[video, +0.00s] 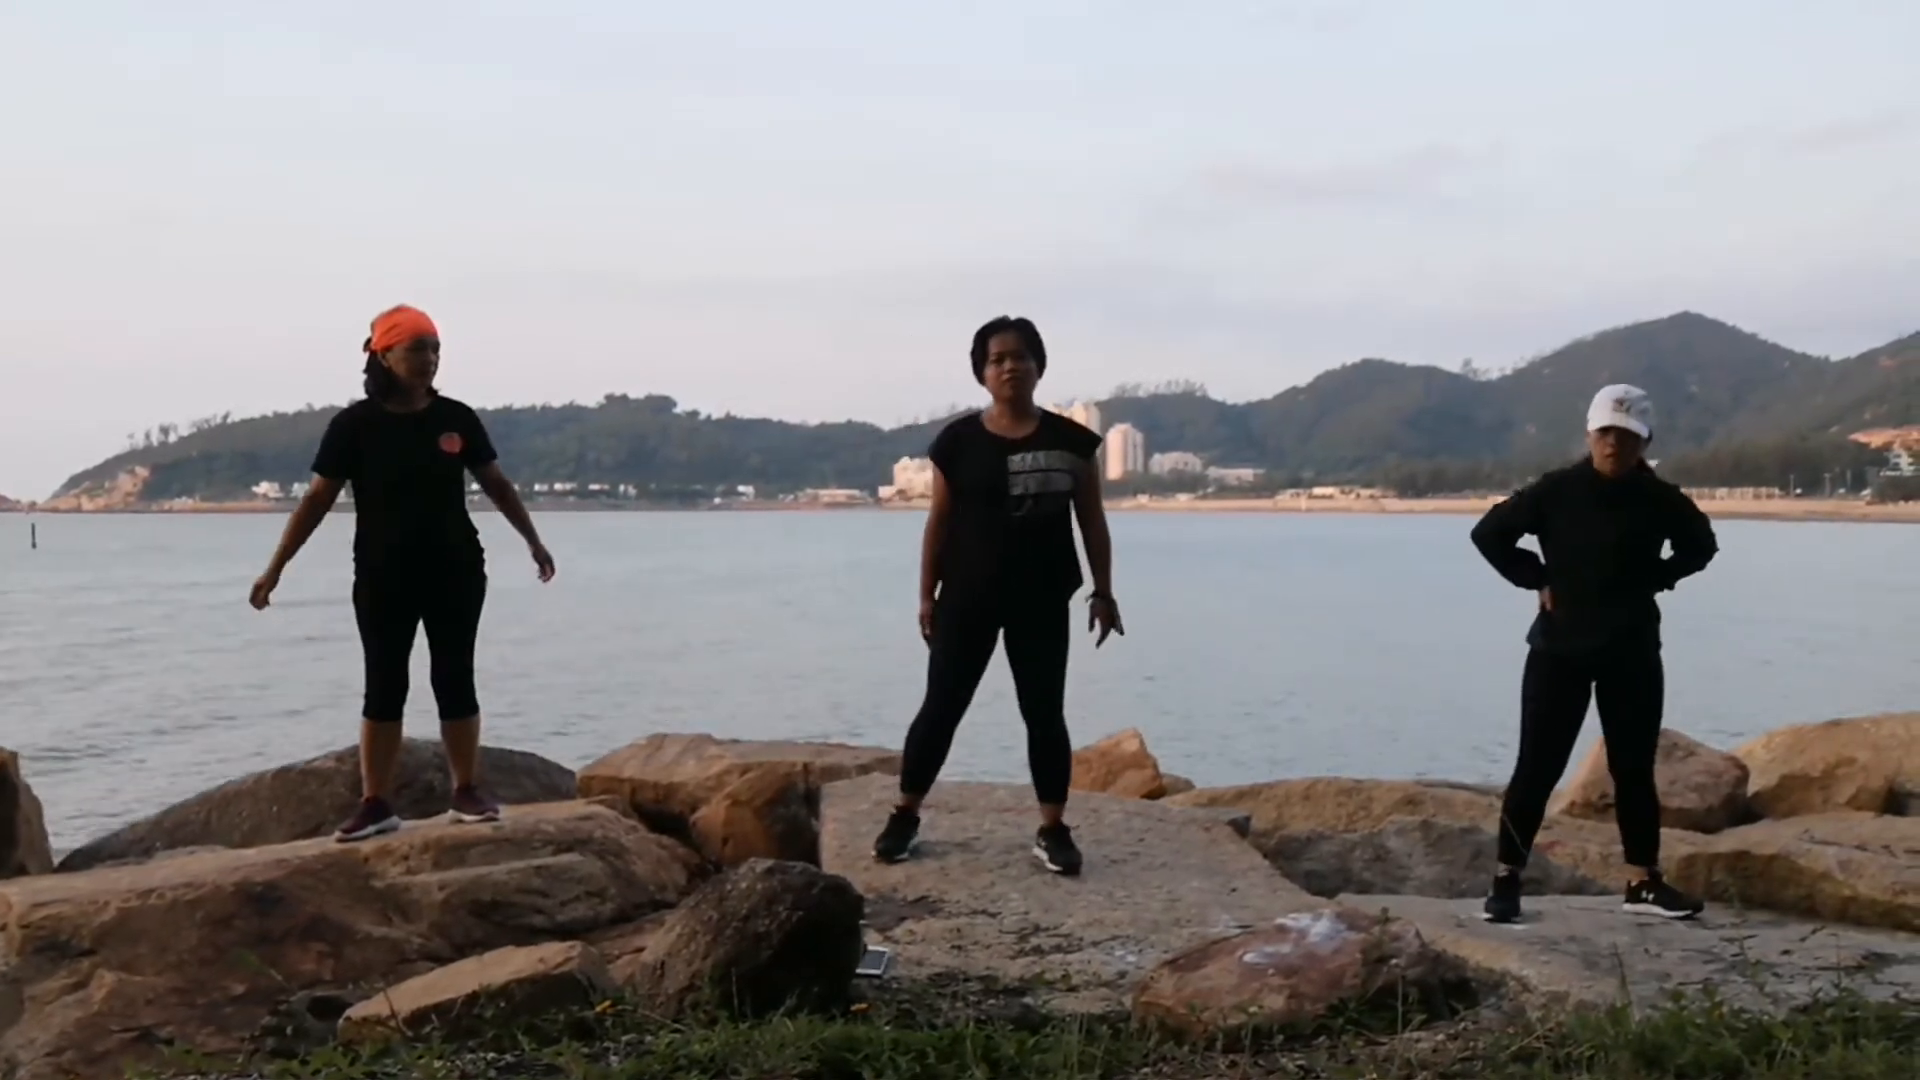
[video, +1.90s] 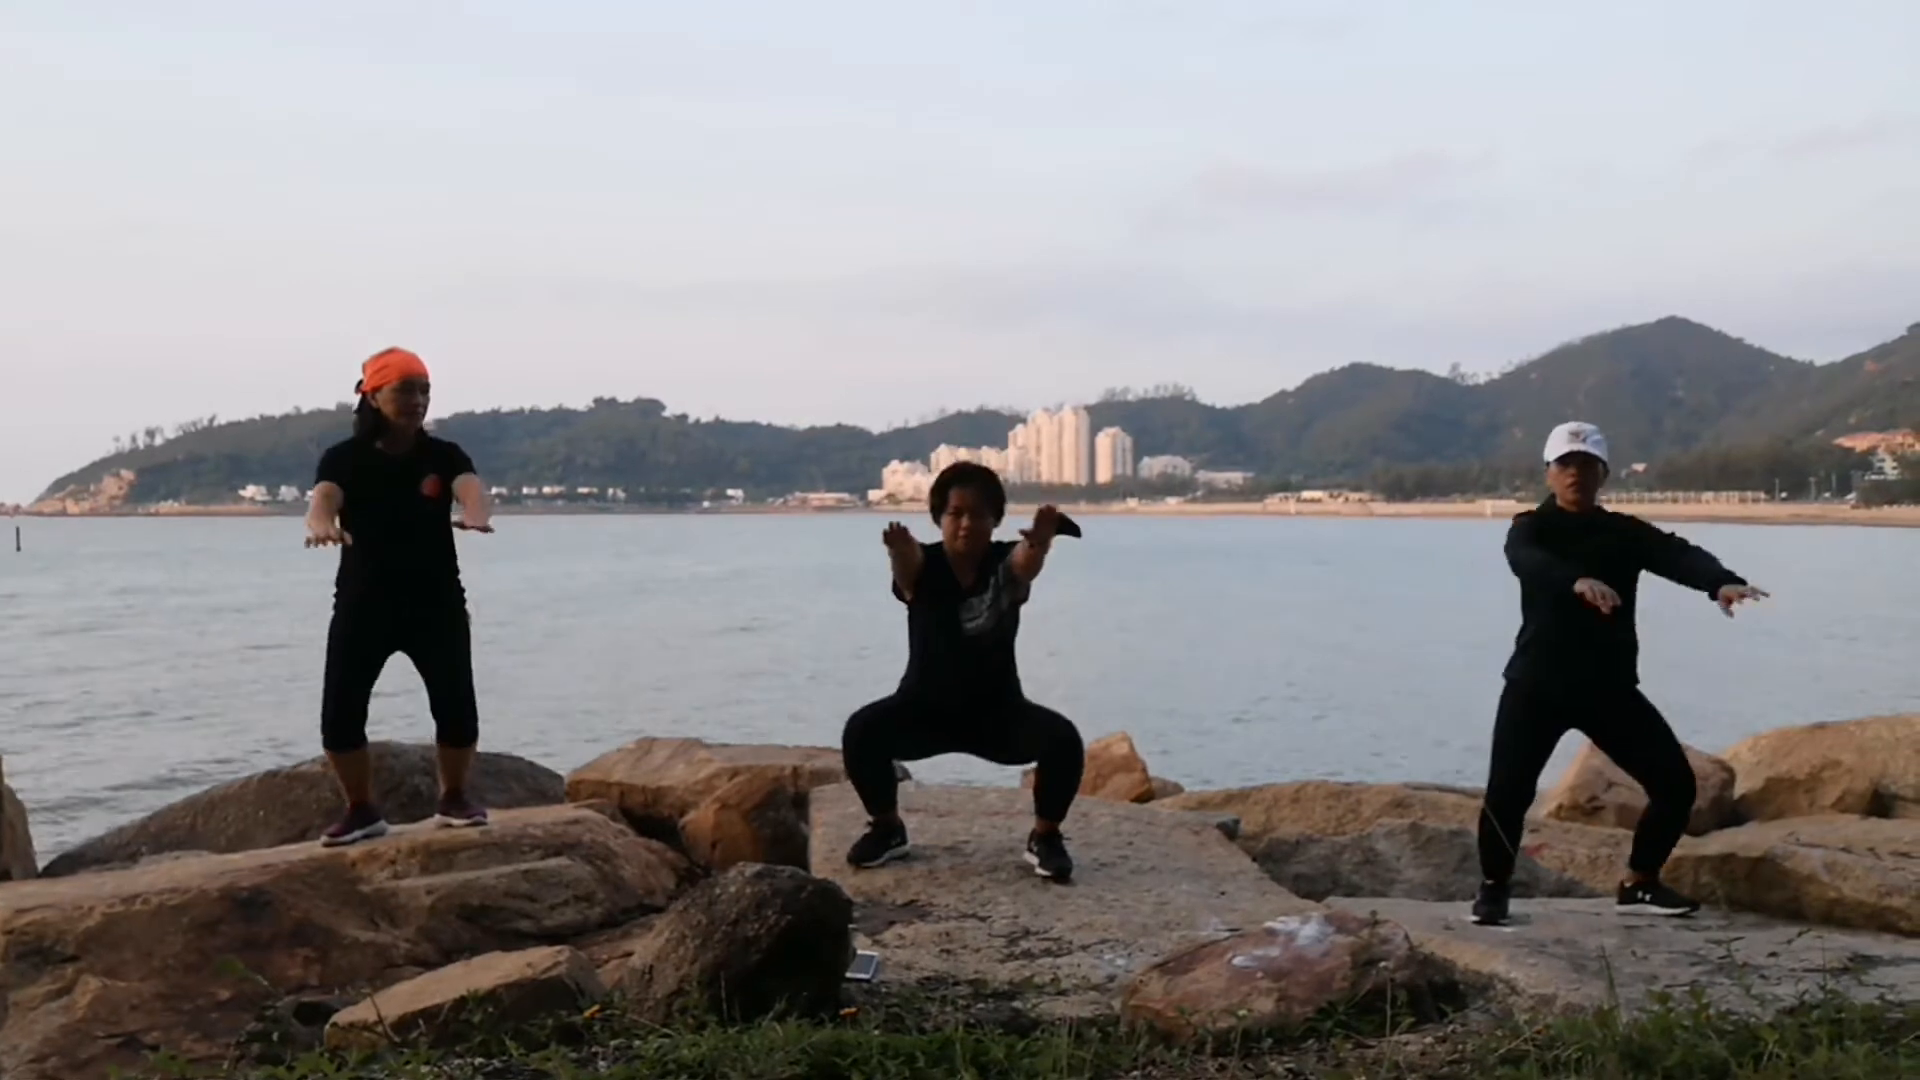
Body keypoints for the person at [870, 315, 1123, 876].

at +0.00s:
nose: (1010, 367)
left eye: (1020, 357)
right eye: (998, 359)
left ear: (1038, 366)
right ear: (982, 371)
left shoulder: (1071, 441)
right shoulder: (956, 442)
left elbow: (1092, 521)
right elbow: (938, 524)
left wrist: (1103, 591)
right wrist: (926, 597)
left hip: (1041, 604)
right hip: (969, 601)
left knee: (1046, 716)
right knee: (940, 709)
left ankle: (1053, 827)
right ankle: (906, 814)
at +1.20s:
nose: (988, 374)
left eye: (999, 364)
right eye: (978, 365)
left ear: (1019, 370)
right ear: (962, 372)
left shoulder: (1046, 438)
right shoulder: (936, 437)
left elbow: (1075, 503)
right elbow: (896, 501)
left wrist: (1077, 558)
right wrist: (870, 558)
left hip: (1020, 600)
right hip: (948, 599)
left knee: (1031, 717)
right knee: (920, 710)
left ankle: (1048, 833)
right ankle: (893, 821)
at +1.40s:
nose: (980, 401)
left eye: (993, 391)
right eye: (971, 389)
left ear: (1012, 396)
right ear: (955, 393)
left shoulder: (1031, 447)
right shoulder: (932, 444)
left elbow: (1056, 467)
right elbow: (901, 459)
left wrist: (1067, 478)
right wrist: (882, 476)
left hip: (1011, 616)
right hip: (937, 613)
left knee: (1043, 730)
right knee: (898, 716)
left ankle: (1047, 835)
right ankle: (892, 823)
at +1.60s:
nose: (970, 462)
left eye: (982, 452)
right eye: (960, 452)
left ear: (1000, 459)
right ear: (945, 459)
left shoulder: (1014, 509)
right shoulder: (927, 507)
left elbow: (1036, 505)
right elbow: (906, 507)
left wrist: (1050, 477)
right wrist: (897, 482)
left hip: (1001, 666)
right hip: (928, 664)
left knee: (1059, 735)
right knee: (873, 728)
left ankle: (1047, 836)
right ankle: (889, 825)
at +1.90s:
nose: (966, 524)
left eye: (977, 514)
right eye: (956, 513)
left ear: (995, 522)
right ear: (939, 520)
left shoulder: (1007, 565)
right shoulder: (923, 566)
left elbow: (1025, 563)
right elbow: (908, 566)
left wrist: (1039, 541)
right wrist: (900, 549)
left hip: (995, 717)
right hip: (924, 715)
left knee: (1063, 741)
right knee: (861, 733)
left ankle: (1046, 837)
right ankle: (886, 827)